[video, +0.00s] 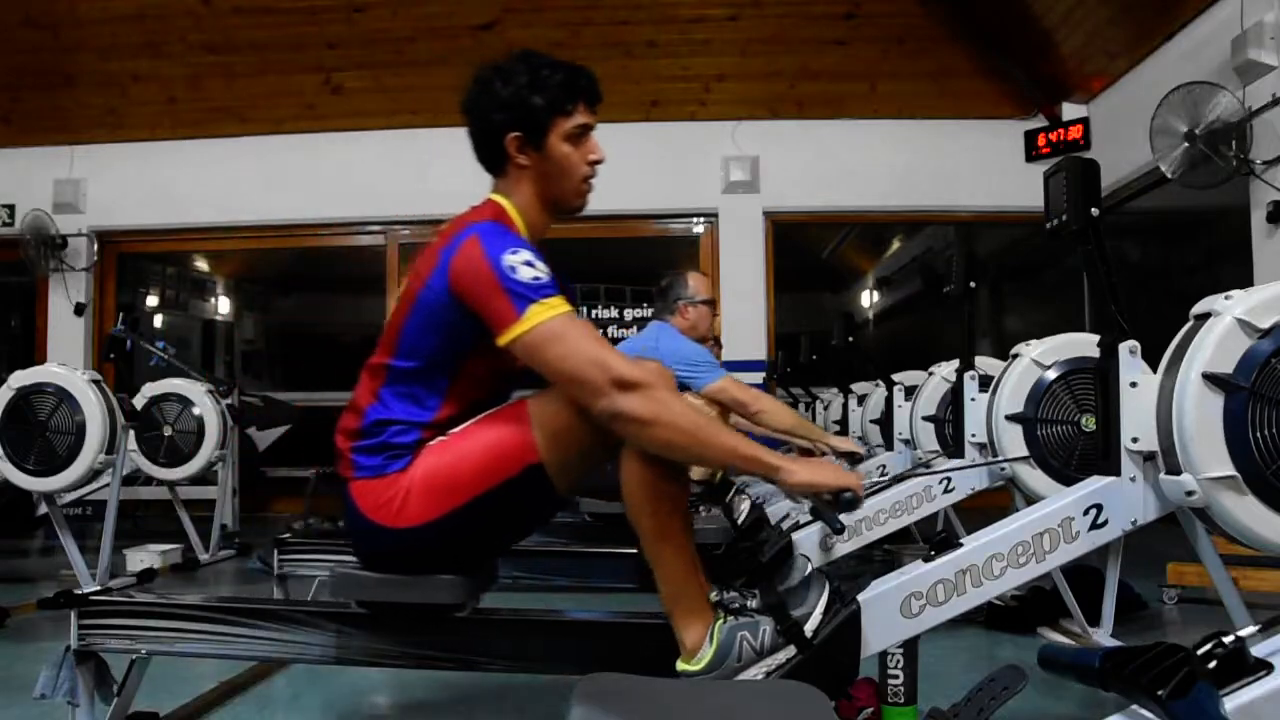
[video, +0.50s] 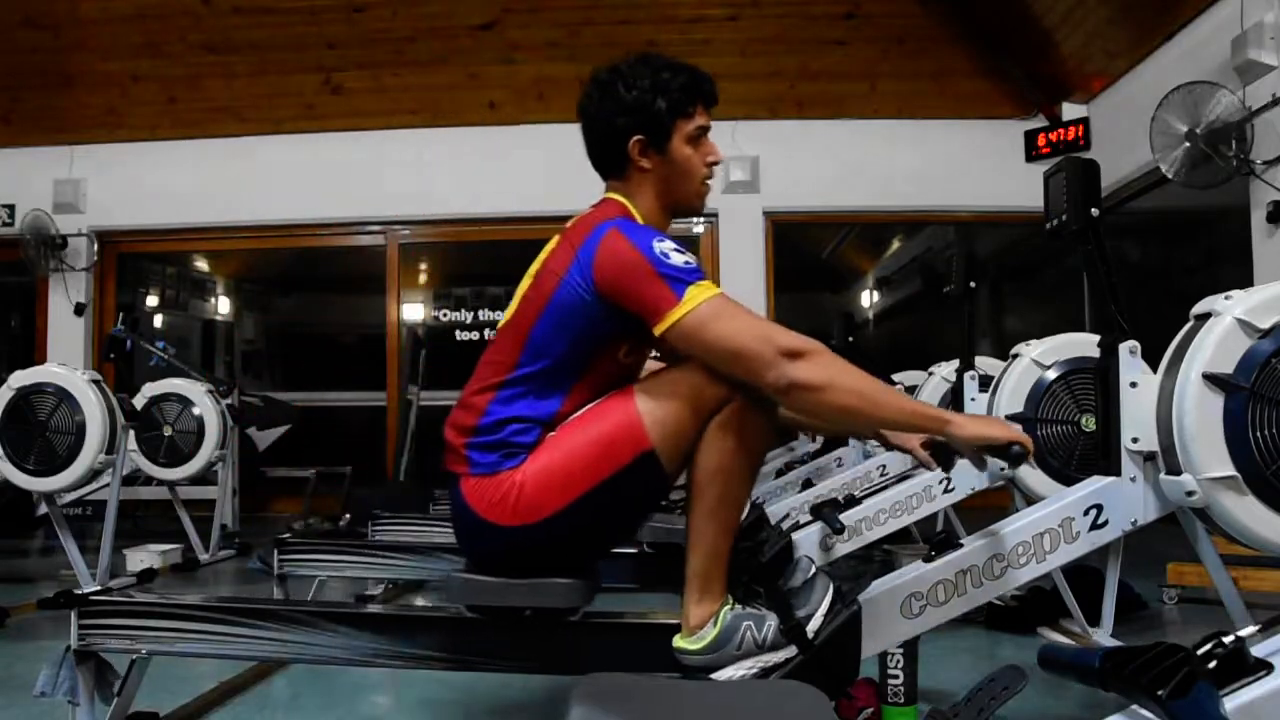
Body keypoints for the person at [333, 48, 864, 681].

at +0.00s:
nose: (598, 155)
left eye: (594, 136)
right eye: (579, 137)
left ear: (529, 153)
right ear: (520, 150)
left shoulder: (502, 244)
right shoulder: (487, 248)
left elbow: (611, 378)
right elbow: (620, 389)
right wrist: (780, 468)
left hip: (422, 483)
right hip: (396, 499)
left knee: (633, 386)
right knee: (633, 398)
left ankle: (698, 620)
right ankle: (700, 641)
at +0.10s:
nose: (640, 157)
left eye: (635, 138)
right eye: (621, 139)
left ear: (571, 154)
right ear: (563, 152)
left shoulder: (546, 244)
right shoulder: (533, 248)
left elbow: (665, 373)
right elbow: (672, 388)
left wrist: (821, 441)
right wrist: (829, 464)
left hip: (460, 490)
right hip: (437, 503)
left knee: (667, 384)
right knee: (661, 398)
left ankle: (705, 616)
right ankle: (701, 637)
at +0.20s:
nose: (678, 158)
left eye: (674, 138)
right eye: (660, 140)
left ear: (610, 154)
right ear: (603, 153)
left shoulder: (584, 241)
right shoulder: (575, 247)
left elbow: (716, 372)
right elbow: (723, 384)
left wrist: (853, 450)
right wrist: (881, 455)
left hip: (494, 489)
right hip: (475, 503)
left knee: (691, 351)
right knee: (699, 385)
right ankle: (701, 628)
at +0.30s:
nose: (708, 157)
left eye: (704, 139)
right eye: (691, 141)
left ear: (638, 155)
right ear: (634, 154)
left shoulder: (619, 243)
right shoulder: (610, 248)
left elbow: (764, 366)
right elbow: (765, 383)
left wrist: (883, 445)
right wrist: (923, 447)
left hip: (520, 495)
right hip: (502, 506)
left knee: (734, 373)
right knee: (730, 384)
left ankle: (705, 607)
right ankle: (702, 623)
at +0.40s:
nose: (725, 157)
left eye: (721, 139)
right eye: (708, 142)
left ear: (653, 157)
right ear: (651, 155)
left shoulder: (638, 242)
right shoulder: (626, 247)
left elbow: (779, 367)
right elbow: (790, 376)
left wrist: (894, 439)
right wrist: (953, 434)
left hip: (531, 491)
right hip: (514, 505)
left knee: (746, 376)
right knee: (738, 379)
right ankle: (703, 620)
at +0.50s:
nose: (716, 154)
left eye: (711, 136)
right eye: (699, 138)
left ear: (644, 154)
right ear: (642, 152)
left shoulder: (630, 239)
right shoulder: (620, 246)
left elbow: (777, 353)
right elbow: (783, 370)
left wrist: (888, 425)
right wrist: (946, 423)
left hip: (527, 488)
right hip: (507, 503)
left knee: (741, 371)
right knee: (734, 380)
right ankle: (704, 622)